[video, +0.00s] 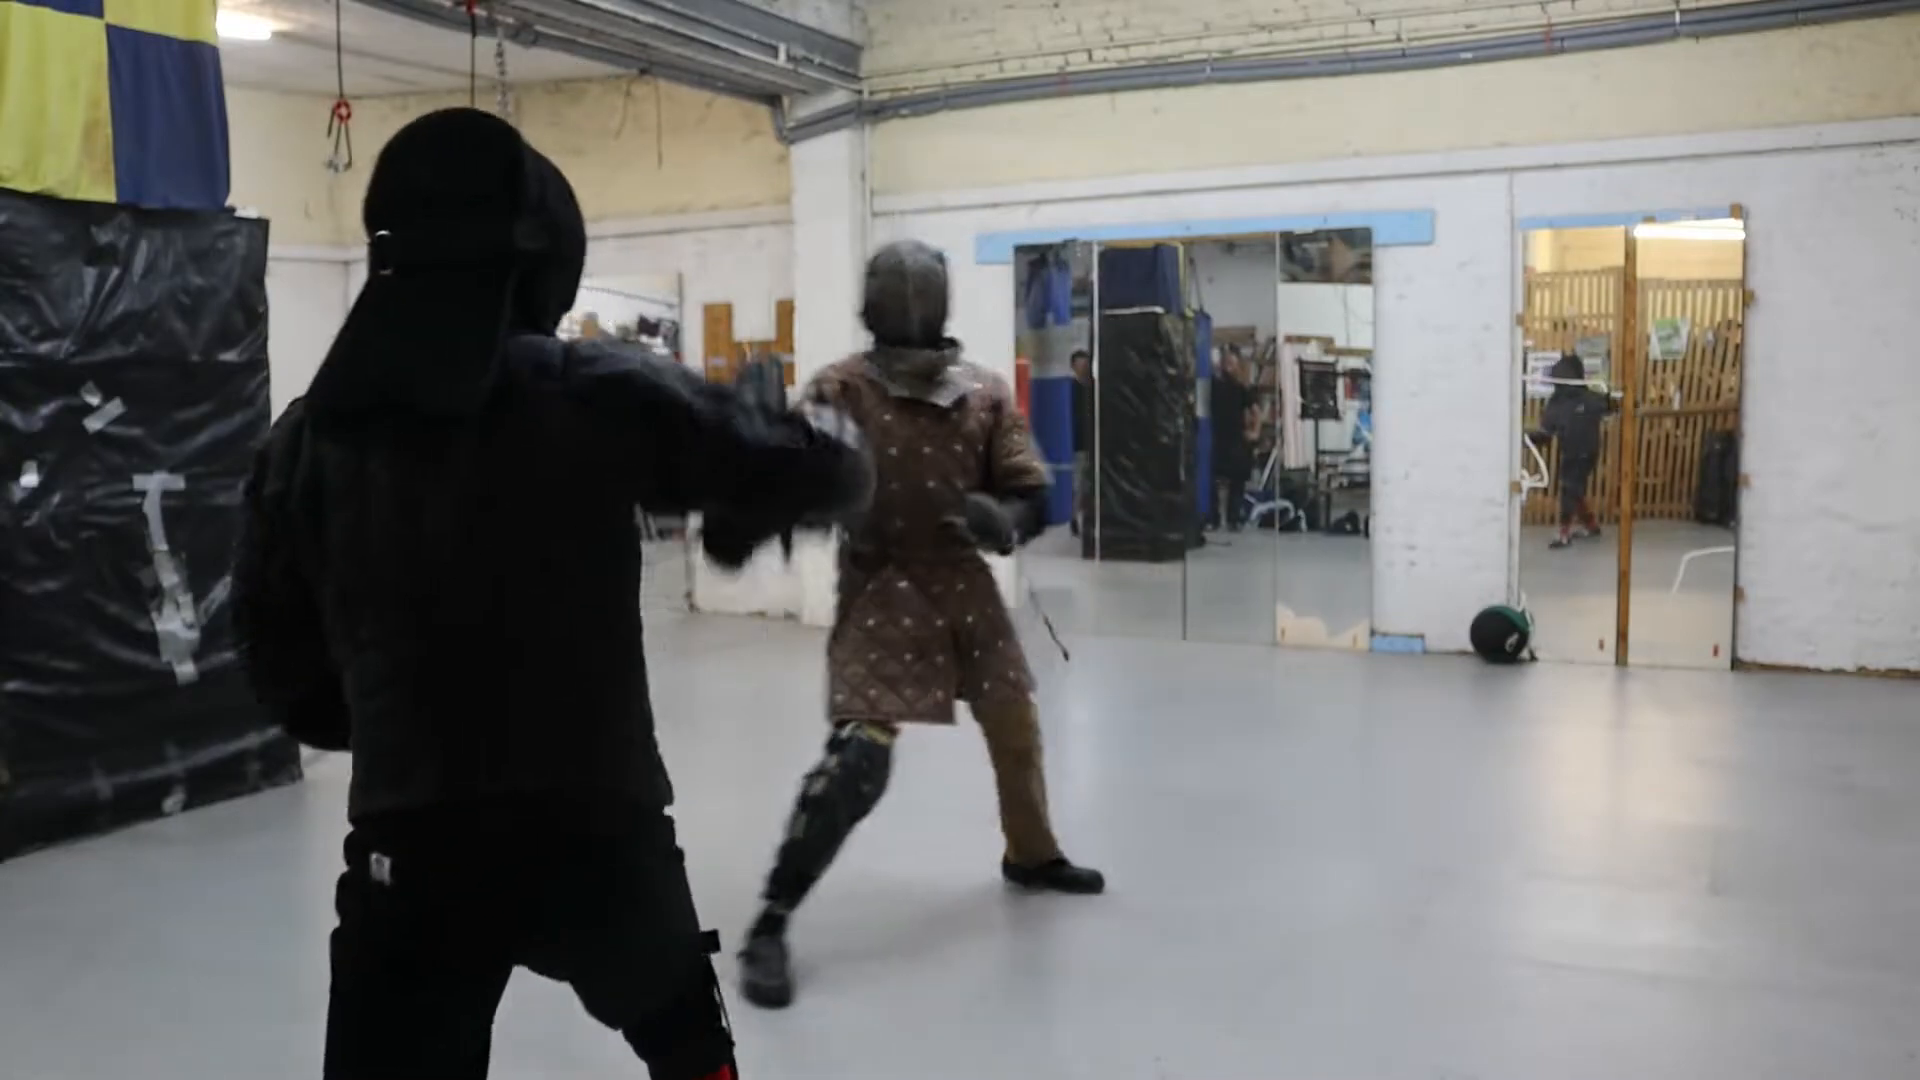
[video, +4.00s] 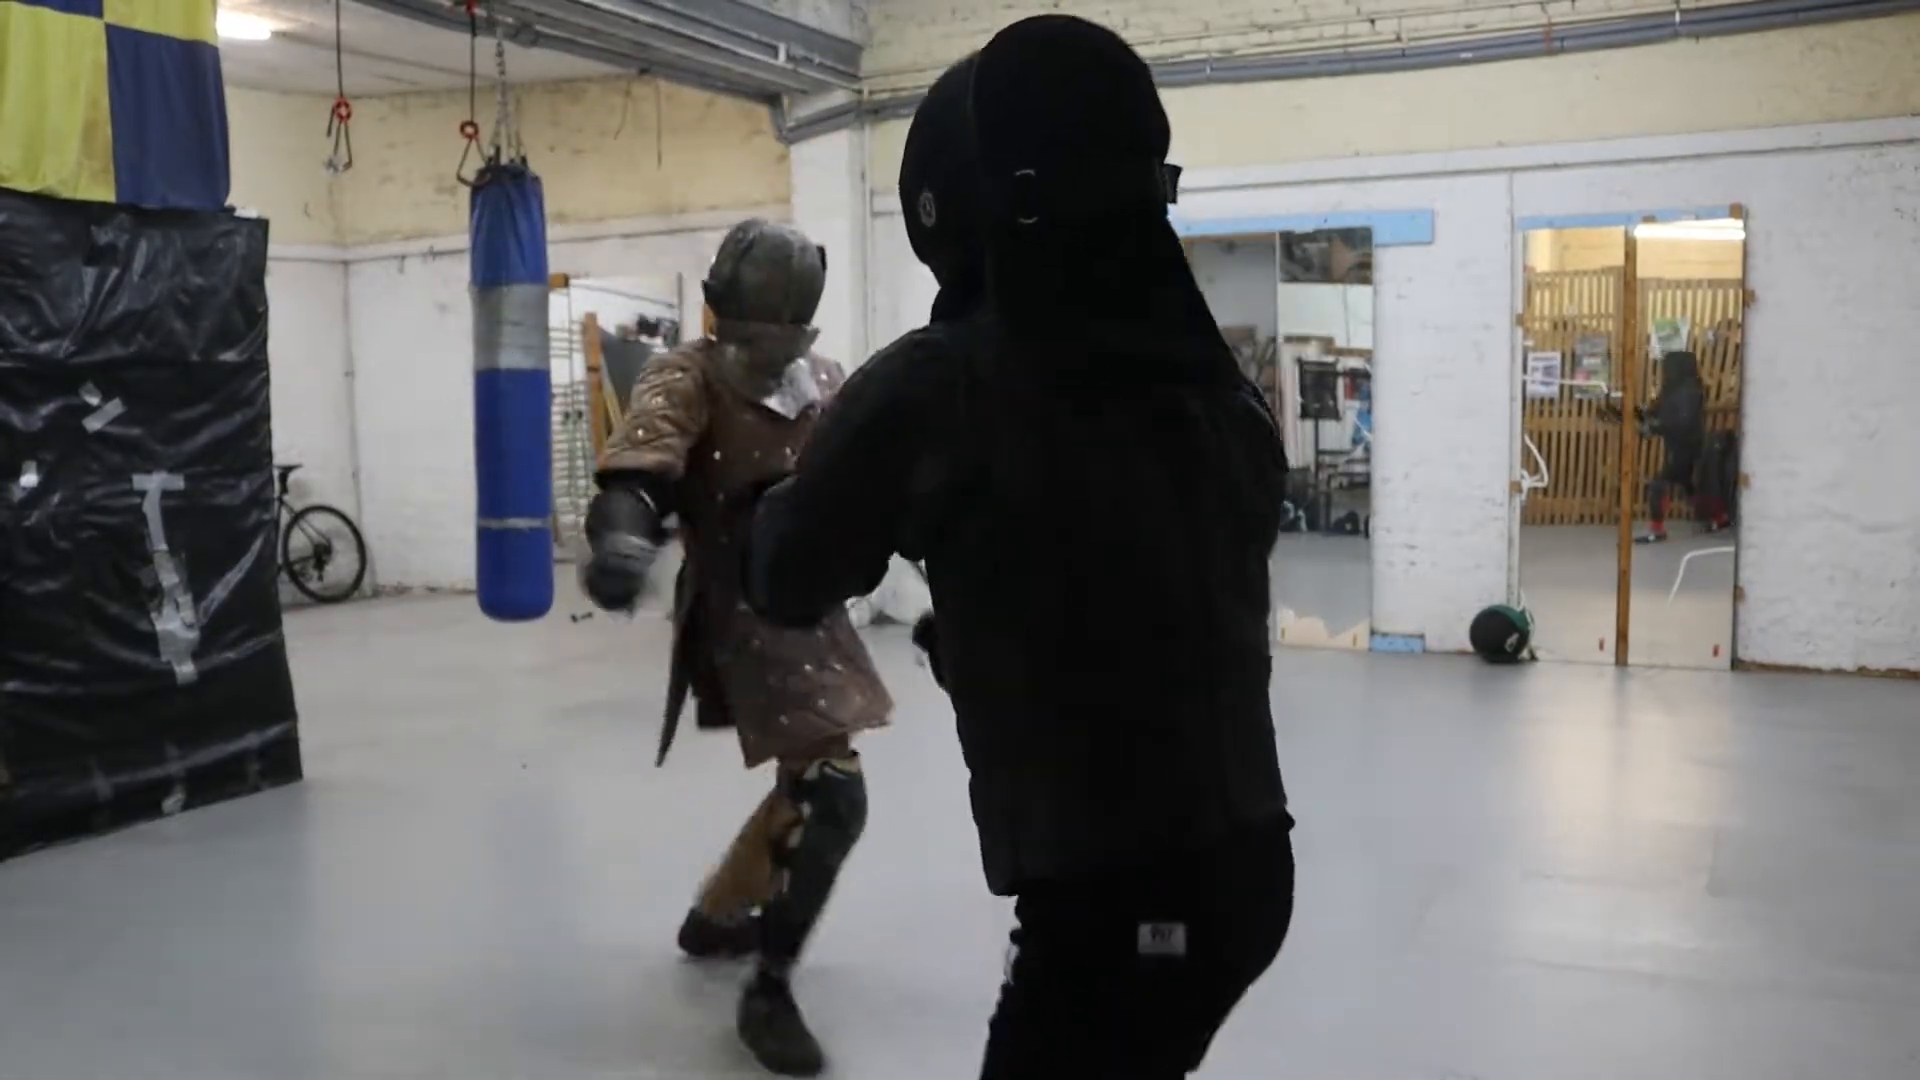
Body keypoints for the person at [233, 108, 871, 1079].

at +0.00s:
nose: (570, 277)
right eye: (558, 247)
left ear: (389, 252)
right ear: (533, 254)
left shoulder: (311, 434)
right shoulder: (595, 396)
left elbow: (289, 683)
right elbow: (821, 473)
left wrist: (400, 717)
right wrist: (738, 505)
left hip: (415, 862)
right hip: (601, 850)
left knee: (382, 1072)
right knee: (690, 1049)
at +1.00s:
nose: (789, 287)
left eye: (799, 263)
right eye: (793, 263)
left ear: (836, 272)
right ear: (948, 269)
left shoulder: (830, 409)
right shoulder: (984, 409)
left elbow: (719, 620)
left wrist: (613, 602)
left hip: (935, 792)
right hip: (1001, 775)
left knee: (982, 1054)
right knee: (827, 928)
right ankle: (870, 1079)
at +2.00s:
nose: (934, 262)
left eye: (942, 236)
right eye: (936, 236)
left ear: (977, 240)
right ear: (1103, 233)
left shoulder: (945, 383)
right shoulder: (1177, 386)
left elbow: (868, 624)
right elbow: (1229, 560)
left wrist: (836, 589)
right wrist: (1112, 557)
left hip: (1049, 768)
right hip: (1175, 757)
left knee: (1031, 1046)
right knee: (1042, 1013)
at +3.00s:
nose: (894, 275)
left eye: (901, 244)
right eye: (890, 246)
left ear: (949, 239)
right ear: (1077, 230)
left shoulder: (937, 400)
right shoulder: (1147, 387)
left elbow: (779, 617)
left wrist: (760, 505)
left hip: (1043, 866)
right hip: (1161, 845)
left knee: (945, 1066)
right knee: (1013, 1057)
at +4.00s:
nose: (921, 232)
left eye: (928, 202)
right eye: (919, 204)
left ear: (966, 203)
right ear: (1142, 188)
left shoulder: (936, 383)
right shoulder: (1211, 379)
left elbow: (790, 576)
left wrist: (793, 475)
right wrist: (974, 621)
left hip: (1090, 901)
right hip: (1243, 869)